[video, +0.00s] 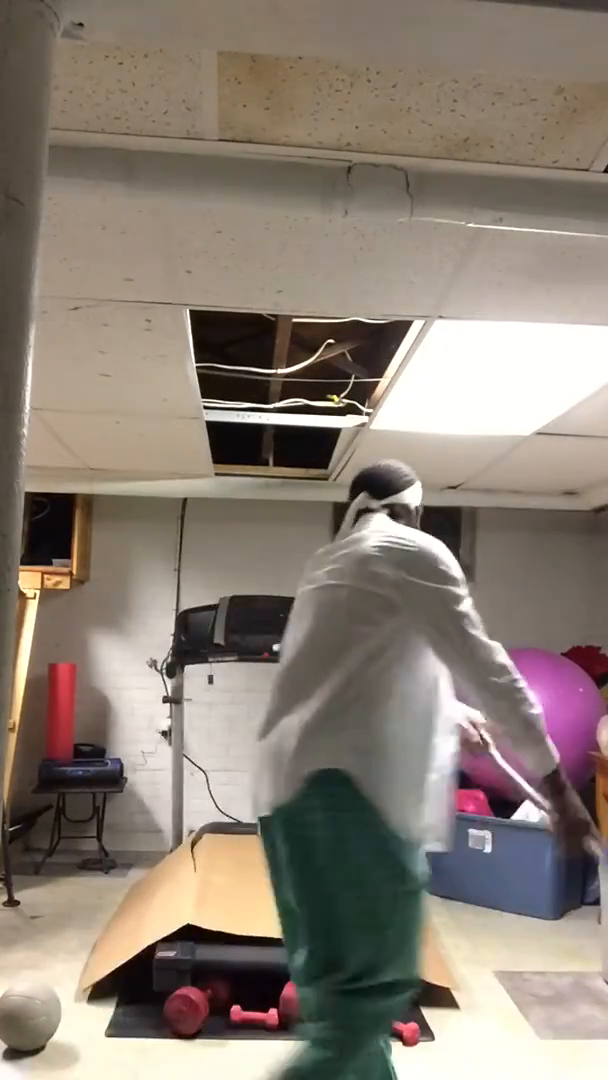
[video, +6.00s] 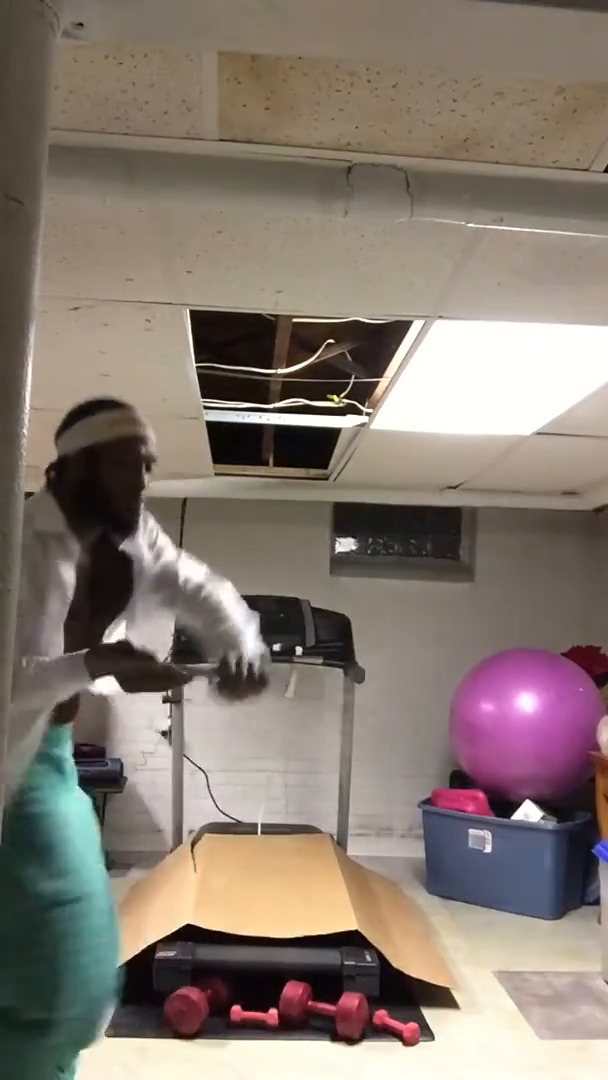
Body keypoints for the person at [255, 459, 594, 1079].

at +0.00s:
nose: (421, 521)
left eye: (419, 513)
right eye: (419, 512)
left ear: (355, 509)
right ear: (410, 509)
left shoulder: (327, 562)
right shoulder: (412, 551)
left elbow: (362, 675)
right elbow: (490, 673)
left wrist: (453, 717)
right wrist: (559, 792)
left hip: (287, 786)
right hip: (348, 781)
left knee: (332, 983)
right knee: (374, 987)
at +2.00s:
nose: (445, 515)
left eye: (454, 507)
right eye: (434, 506)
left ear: (468, 514)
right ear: (413, 514)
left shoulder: (498, 573)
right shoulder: (377, 578)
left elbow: (565, 620)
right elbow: (353, 661)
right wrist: (352, 739)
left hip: (468, 730)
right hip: (398, 734)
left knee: (458, 899)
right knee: (426, 897)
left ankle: (438, 1056)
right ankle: (468, 1030)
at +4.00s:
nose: (194, 599)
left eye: (203, 579)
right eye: (192, 583)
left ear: (252, 570)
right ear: (248, 574)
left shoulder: (367, 592)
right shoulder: (241, 663)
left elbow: (356, 731)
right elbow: (220, 790)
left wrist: (250, 844)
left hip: (417, 844)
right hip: (325, 857)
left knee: (401, 1058)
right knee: (313, 1059)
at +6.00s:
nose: (147, 482)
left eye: (149, 467)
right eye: (135, 465)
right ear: (78, 466)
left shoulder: (134, 535)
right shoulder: (20, 538)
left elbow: (199, 587)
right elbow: (11, 686)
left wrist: (242, 638)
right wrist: (98, 663)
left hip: (46, 757)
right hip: (14, 760)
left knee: (75, 979)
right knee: (69, 981)